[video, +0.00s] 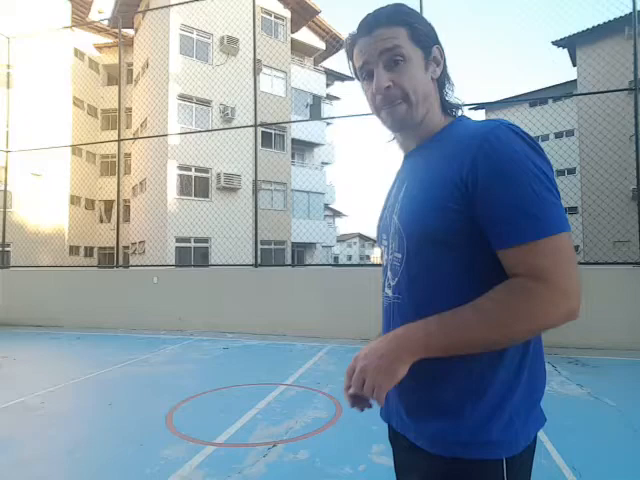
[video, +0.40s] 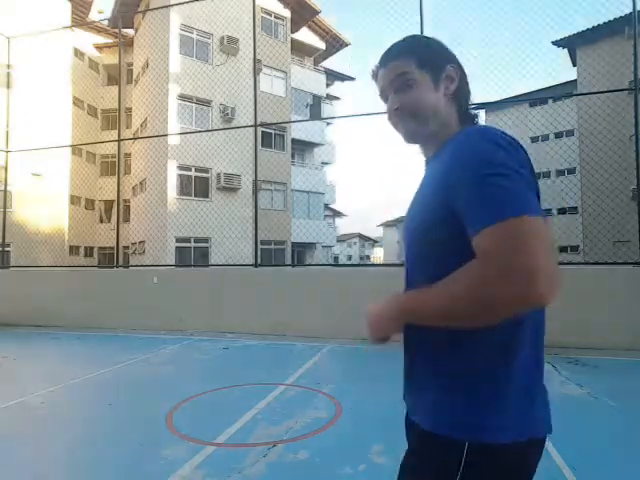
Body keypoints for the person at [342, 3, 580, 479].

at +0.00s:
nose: (381, 83)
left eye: (395, 61)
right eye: (367, 74)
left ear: (434, 63)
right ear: (361, 89)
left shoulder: (492, 146)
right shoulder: (409, 173)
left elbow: (555, 292)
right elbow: (426, 294)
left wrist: (405, 344)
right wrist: (384, 362)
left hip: (480, 439)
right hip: (414, 429)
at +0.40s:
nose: (391, 105)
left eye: (403, 85)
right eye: (385, 98)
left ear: (449, 80)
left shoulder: (480, 150)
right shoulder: (448, 163)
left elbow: (526, 274)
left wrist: (400, 308)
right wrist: (407, 314)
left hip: (478, 430)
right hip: (450, 422)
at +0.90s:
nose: (407, 108)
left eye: (407, 91)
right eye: (403, 95)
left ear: (437, 70)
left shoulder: (472, 125)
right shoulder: (534, 134)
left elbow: (510, 246)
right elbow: (589, 239)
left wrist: (416, 264)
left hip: (502, 401)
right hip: (558, 394)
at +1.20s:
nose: (429, 153)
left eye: (426, 138)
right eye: (424, 142)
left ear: (444, 121)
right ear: (488, 123)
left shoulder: (468, 169)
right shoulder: (549, 181)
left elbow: (467, 290)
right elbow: (575, 284)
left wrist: (409, 310)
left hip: (493, 423)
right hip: (568, 421)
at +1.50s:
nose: (405, 145)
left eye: (403, 135)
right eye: (403, 137)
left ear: (414, 124)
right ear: (459, 121)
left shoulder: (414, 162)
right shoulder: (516, 172)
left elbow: (391, 270)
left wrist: (371, 250)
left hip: (438, 396)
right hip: (520, 396)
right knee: (522, 472)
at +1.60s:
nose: (388, 157)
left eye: (386, 146)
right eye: (385, 148)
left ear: (396, 138)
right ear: (440, 135)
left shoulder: (392, 179)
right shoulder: (494, 182)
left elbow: (358, 287)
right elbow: (490, 263)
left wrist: (351, 252)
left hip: (414, 397)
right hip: (496, 397)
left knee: (386, 472)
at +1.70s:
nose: (365, 160)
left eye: (364, 151)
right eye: (363, 152)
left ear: (372, 144)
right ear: (414, 141)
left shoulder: (374, 179)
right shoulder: (472, 182)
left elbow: (334, 282)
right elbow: (487, 281)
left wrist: (328, 250)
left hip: (396, 388)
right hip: (474, 385)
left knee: (370, 473)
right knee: (474, 473)